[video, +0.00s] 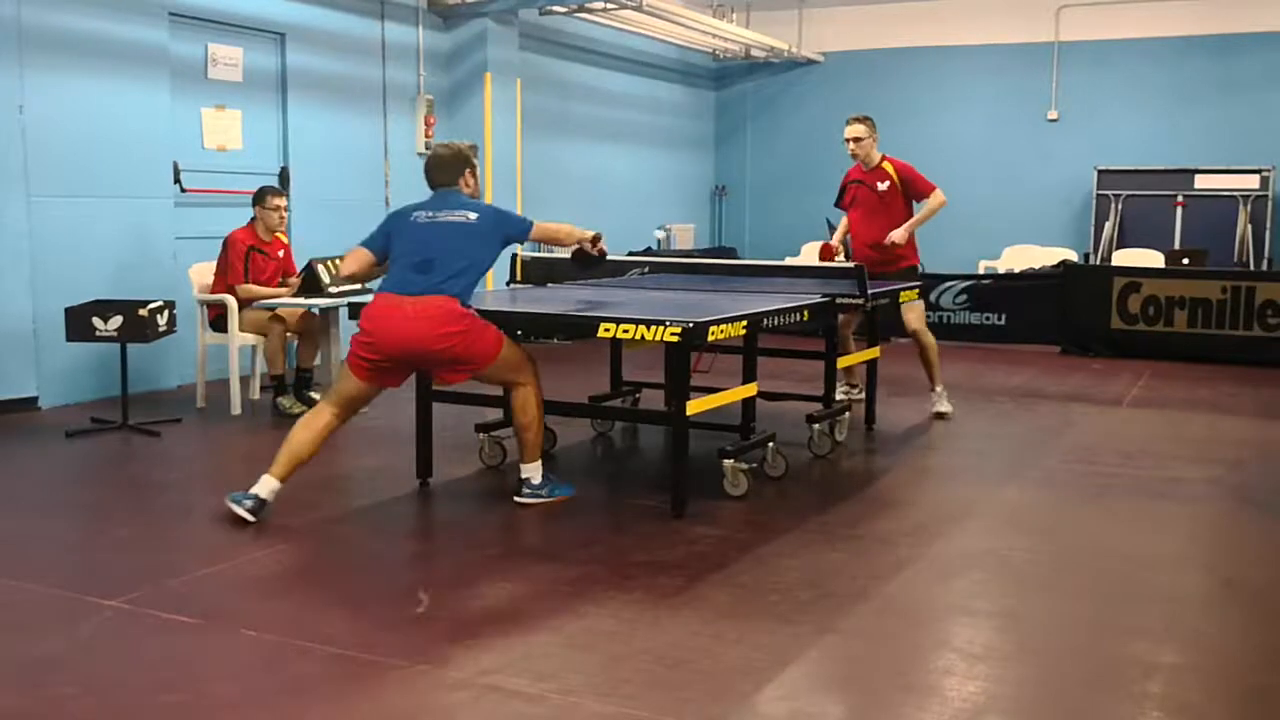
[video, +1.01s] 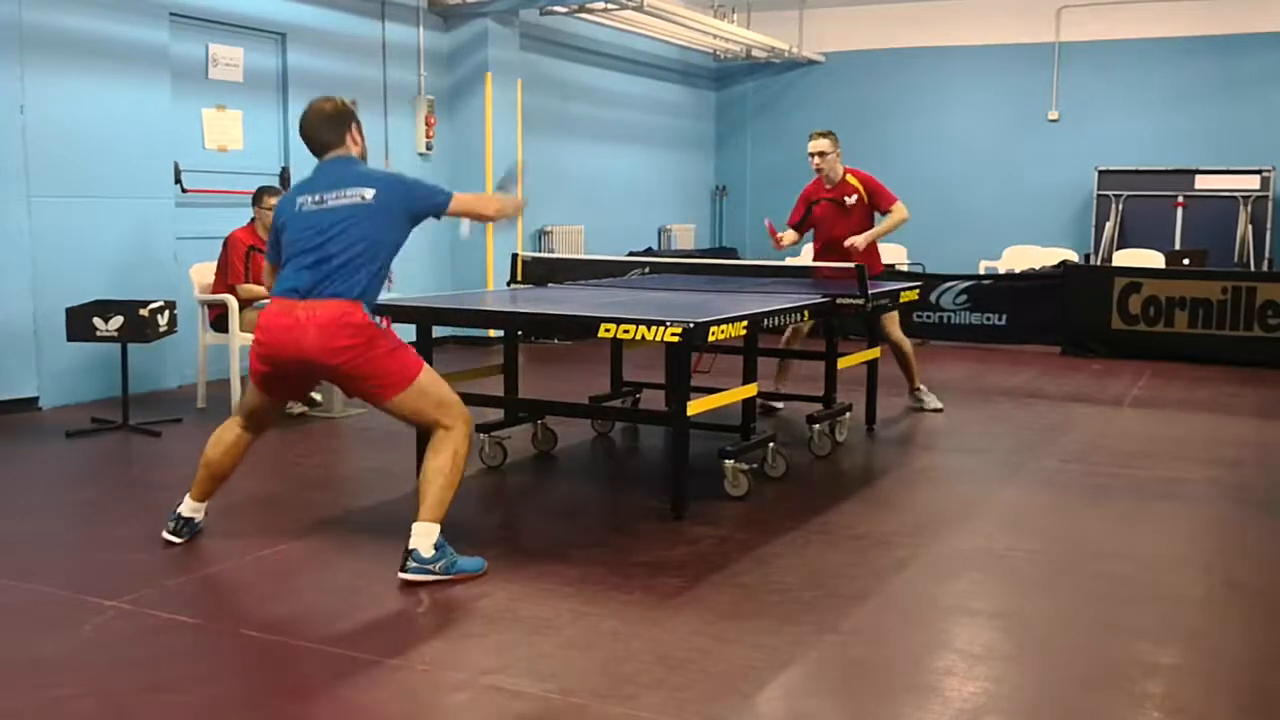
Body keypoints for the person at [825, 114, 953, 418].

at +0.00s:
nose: (851, 147)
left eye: (857, 140)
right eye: (847, 142)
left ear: (873, 140)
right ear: (846, 144)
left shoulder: (897, 170)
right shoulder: (851, 177)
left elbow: (937, 198)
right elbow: (850, 213)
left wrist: (906, 229)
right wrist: (836, 239)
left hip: (901, 270)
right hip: (863, 273)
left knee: (916, 327)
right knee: (843, 326)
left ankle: (937, 390)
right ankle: (853, 385)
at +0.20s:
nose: (852, 163)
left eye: (857, 156)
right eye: (848, 158)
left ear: (875, 151)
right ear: (847, 157)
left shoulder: (907, 175)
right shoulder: (856, 189)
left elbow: (948, 199)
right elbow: (852, 228)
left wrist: (925, 229)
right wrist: (836, 241)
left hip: (912, 279)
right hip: (870, 280)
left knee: (942, 337)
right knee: (839, 329)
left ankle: (950, 397)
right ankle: (849, 375)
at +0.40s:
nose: (817, 183)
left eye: (820, 175)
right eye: (813, 177)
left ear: (838, 169)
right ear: (830, 173)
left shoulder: (881, 177)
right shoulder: (833, 200)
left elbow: (926, 185)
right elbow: (835, 242)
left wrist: (925, 226)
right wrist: (799, 238)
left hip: (907, 273)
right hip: (866, 279)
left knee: (936, 332)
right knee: (824, 324)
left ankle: (950, 397)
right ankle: (801, 388)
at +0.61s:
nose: (783, 193)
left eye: (787, 186)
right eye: (779, 188)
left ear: (805, 182)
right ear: (781, 189)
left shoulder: (841, 191)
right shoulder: (789, 218)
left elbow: (878, 197)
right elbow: (771, 248)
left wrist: (886, 235)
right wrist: (752, 235)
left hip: (875, 281)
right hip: (832, 289)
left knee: (915, 336)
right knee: (803, 340)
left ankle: (941, 395)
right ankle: (789, 400)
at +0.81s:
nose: (790, 173)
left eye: (796, 166)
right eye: (786, 167)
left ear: (812, 164)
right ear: (784, 169)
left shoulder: (843, 179)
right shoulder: (788, 201)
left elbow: (882, 195)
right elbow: (774, 242)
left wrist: (866, 230)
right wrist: (762, 236)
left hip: (865, 270)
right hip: (821, 275)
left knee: (897, 328)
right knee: (797, 333)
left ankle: (917, 386)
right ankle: (778, 398)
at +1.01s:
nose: (816, 162)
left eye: (821, 155)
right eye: (812, 156)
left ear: (837, 155)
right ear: (809, 159)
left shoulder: (862, 183)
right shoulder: (811, 192)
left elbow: (900, 213)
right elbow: (796, 231)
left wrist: (867, 236)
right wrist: (783, 239)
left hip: (868, 279)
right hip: (825, 280)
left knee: (894, 335)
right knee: (795, 330)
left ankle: (916, 388)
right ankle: (777, 390)